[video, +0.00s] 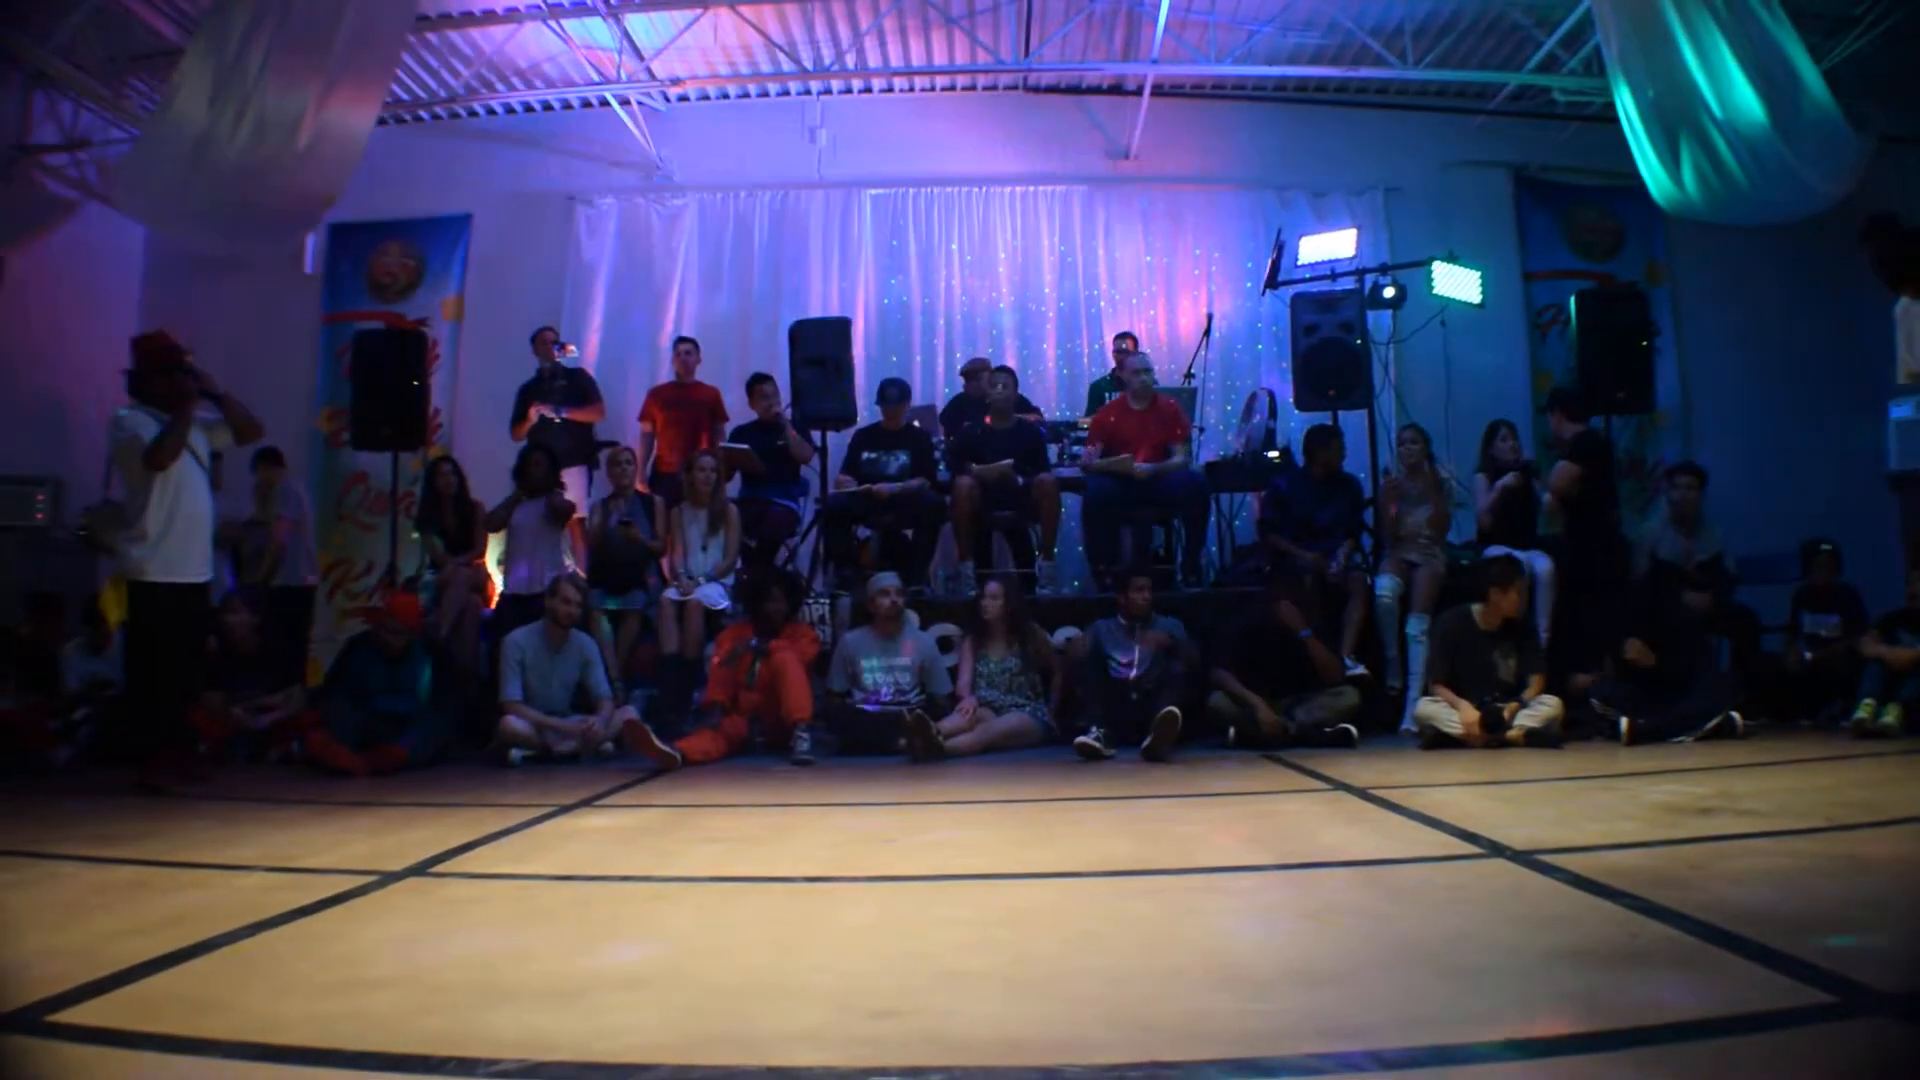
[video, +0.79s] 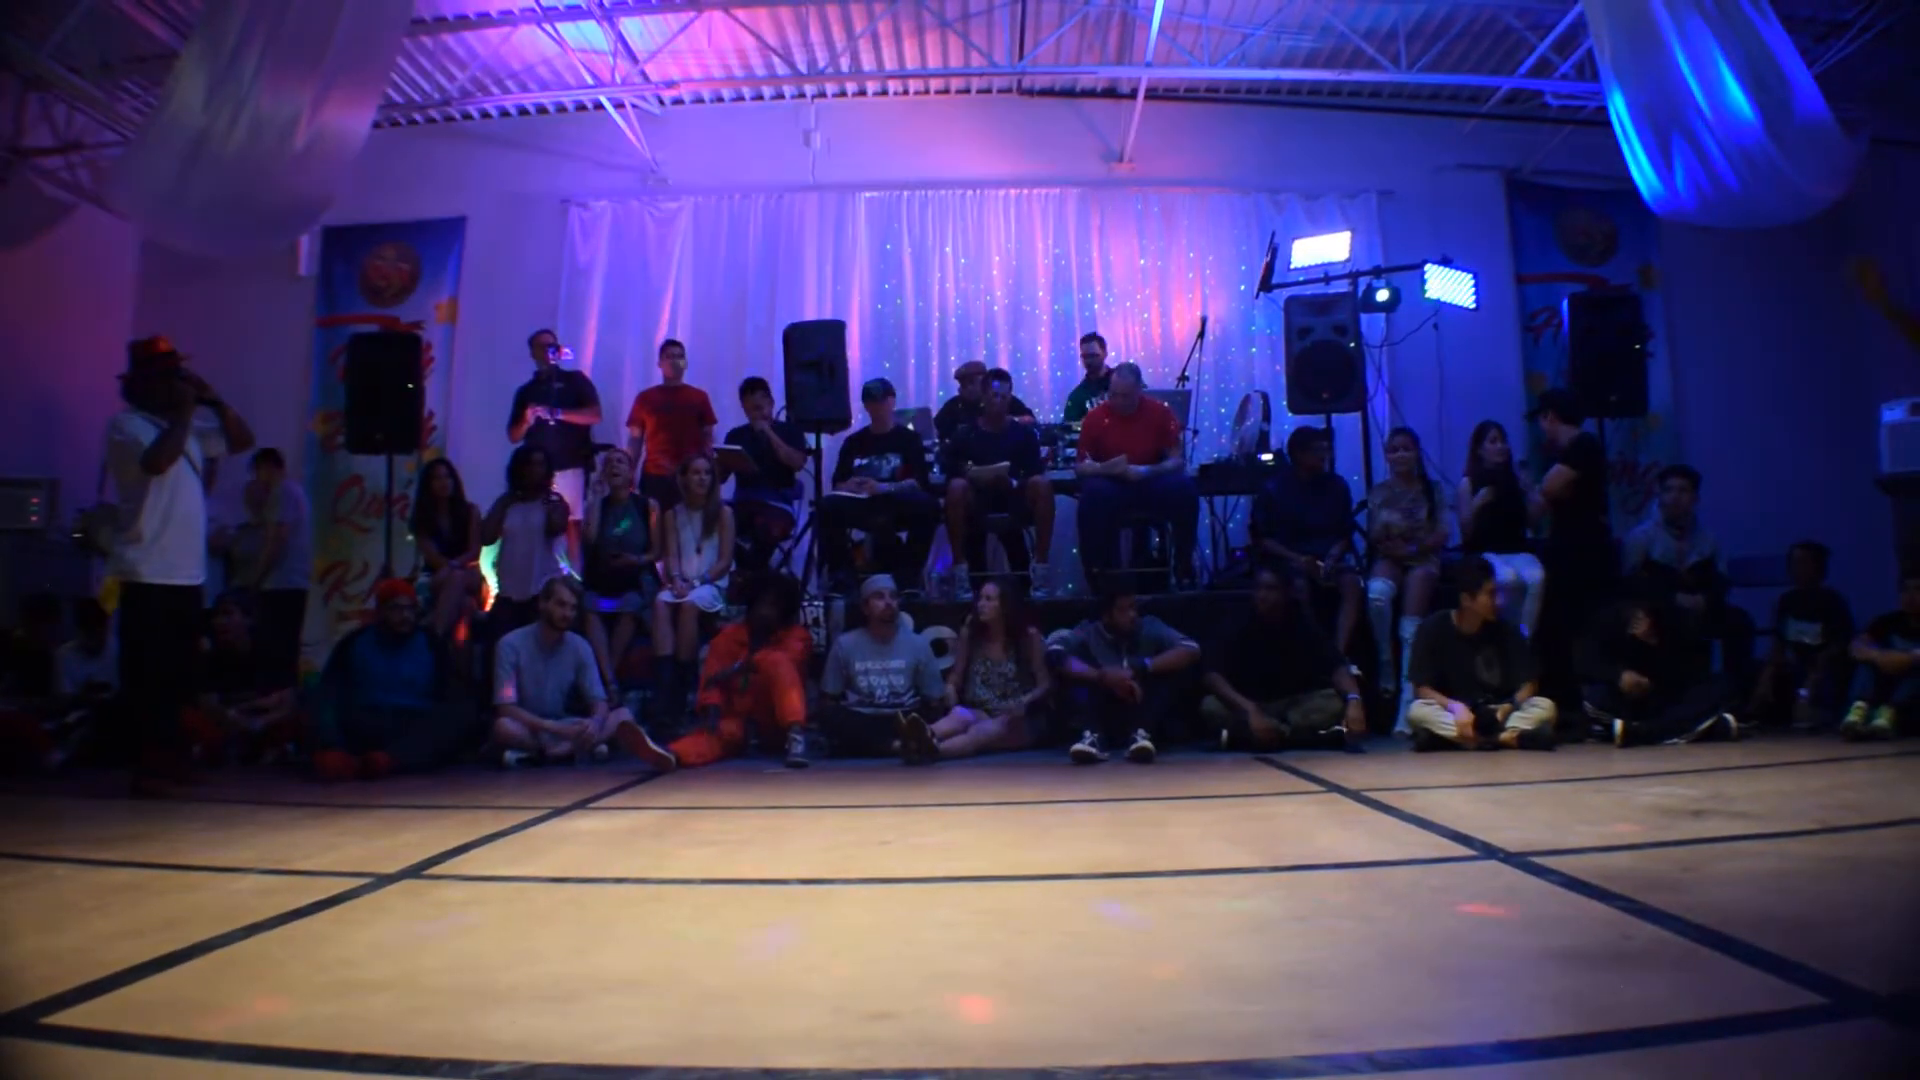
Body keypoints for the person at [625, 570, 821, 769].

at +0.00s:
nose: (773, 609)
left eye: (780, 603)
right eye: (768, 602)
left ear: (791, 606)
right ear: (755, 603)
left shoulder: (802, 633)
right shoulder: (734, 636)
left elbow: (801, 655)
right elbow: (720, 674)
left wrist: (765, 649)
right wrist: (715, 708)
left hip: (781, 715)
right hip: (742, 719)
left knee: (784, 657)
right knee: (716, 737)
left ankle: (801, 734)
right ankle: (677, 752)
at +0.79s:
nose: (763, 614)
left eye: (772, 607)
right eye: (759, 606)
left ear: (785, 612)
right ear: (751, 607)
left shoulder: (796, 636)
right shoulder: (730, 637)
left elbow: (785, 659)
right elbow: (712, 676)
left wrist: (747, 665)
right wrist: (712, 706)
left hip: (774, 714)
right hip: (738, 716)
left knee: (774, 660)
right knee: (720, 736)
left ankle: (795, 737)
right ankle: (672, 755)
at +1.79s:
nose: (758, 611)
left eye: (767, 606)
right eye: (756, 604)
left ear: (782, 610)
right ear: (749, 605)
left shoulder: (794, 637)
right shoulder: (727, 642)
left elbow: (784, 663)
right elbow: (707, 701)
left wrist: (745, 670)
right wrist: (729, 714)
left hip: (773, 719)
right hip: (738, 721)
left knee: (778, 662)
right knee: (712, 735)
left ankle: (794, 739)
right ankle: (670, 755)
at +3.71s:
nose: (777, 613)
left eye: (782, 606)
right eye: (770, 606)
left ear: (788, 609)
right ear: (755, 607)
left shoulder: (795, 636)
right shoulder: (726, 645)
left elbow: (785, 663)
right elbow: (709, 705)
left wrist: (749, 668)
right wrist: (732, 717)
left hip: (774, 717)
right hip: (737, 721)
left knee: (780, 661)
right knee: (708, 735)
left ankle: (794, 737)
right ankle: (671, 754)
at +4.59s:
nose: (778, 614)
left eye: (783, 607)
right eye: (771, 606)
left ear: (788, 609)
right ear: (755, 607)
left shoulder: (794, 636)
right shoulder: (724, 645)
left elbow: (788, 660)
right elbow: (708, 705)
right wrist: (732, 719)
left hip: (774, 719)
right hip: (737, 722)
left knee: (777, 660)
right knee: (710, 734)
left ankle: (795, 736)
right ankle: (669, 756)